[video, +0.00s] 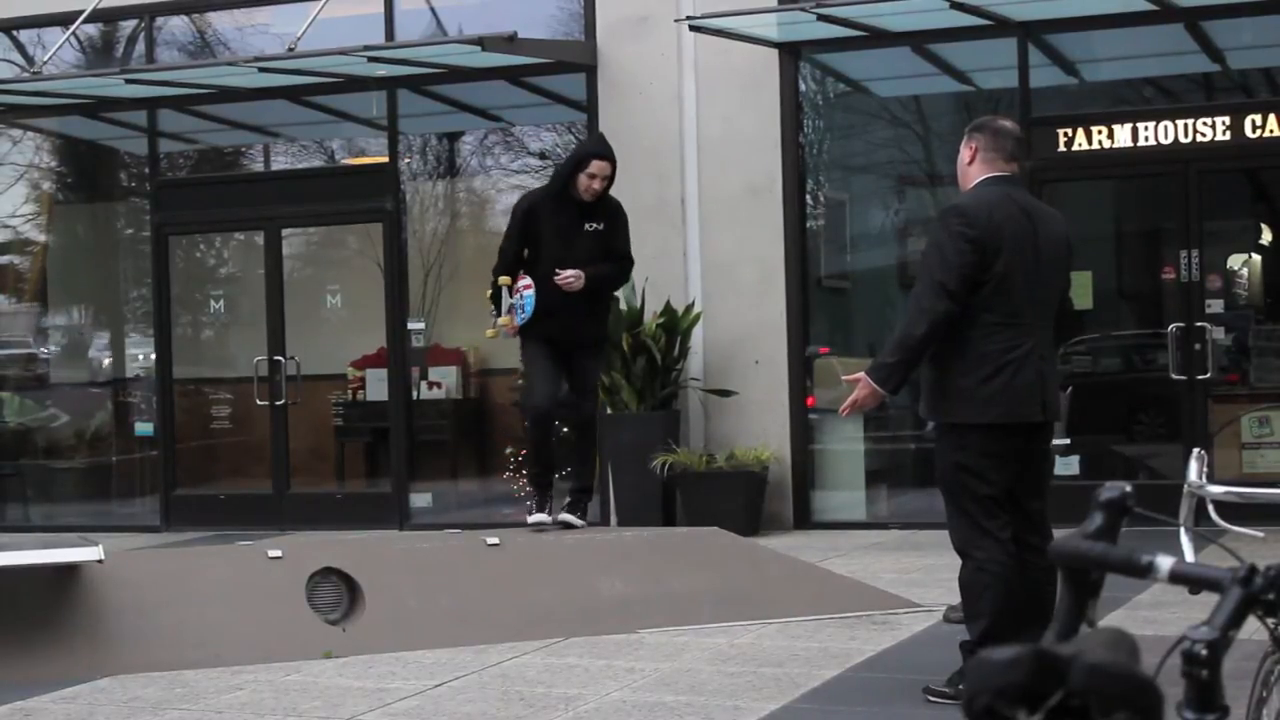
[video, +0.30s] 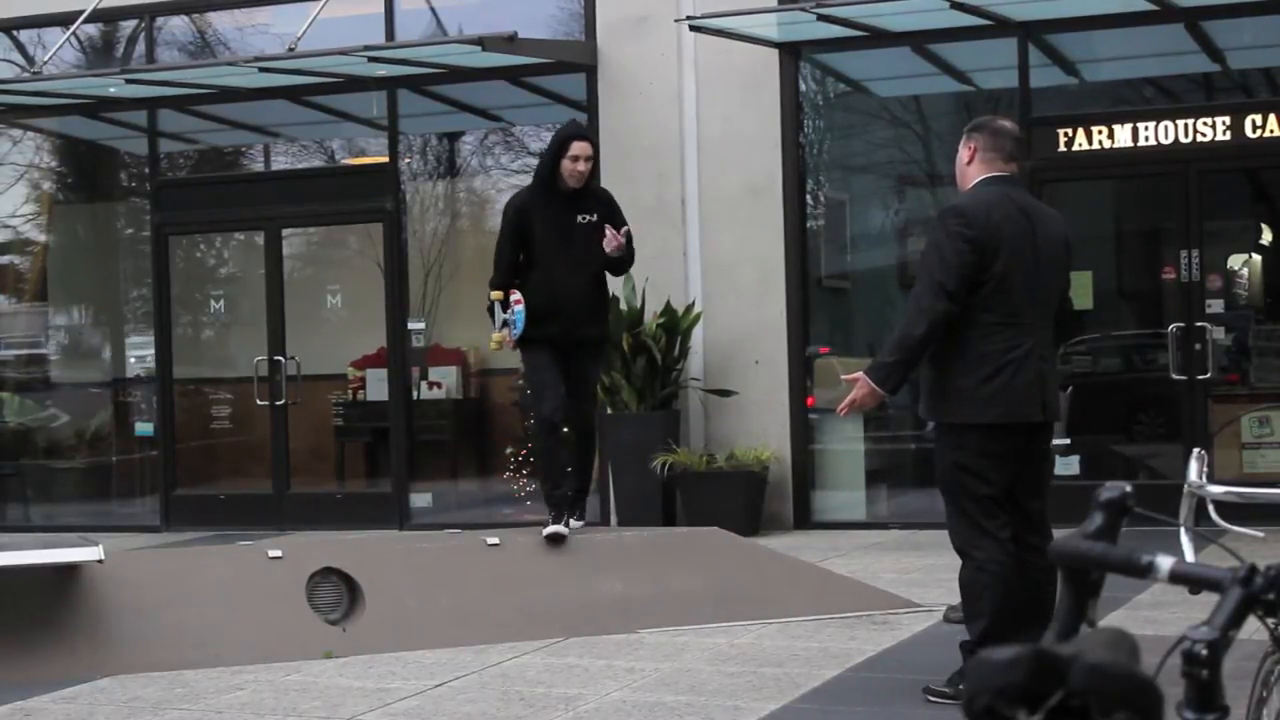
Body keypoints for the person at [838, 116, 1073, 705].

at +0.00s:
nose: (956, 165)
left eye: (958, 155)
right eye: (959, 156)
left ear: (971, 153)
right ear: (1019, 161)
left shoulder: (965, 217)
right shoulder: (1048, 221)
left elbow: (931, 308)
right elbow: (1065, 317)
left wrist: (882, 376)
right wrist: (1023, 350)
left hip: (973, 408)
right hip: (1032, 407)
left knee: (981, 538)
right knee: (1027, 532)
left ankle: (986, 674)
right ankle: (1028, 667)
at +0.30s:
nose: (954, 166)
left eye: (957, 156)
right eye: (957, 157)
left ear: (970, 153)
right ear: (1018, 162)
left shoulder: (964, 216)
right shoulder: (1048, 221)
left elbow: (930, 309)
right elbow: (1064, 316)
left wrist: (881, 376)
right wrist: (1023, 351)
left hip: (972, 408)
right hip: (1032, 407)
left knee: (980, 538)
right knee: (1027, 532)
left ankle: (986, 674)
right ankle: (1027, 667)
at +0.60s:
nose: (955, 164)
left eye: (957, 154)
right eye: (957, 155)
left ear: (971, 152)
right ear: (1018, 159)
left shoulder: (967, 217)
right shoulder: (1048, 221)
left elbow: (932, 309)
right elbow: (1065, 317)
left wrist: (883, 377)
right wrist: (1024, 352)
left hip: (973, 409)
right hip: (1032, 408)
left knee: (981, 538)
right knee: (1028, 532)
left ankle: (987, 674)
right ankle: (1029, 666)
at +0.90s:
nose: (956, 164)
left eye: (959, 153)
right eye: (959, 155)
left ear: (973, 152)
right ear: (1019, 159)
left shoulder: (969, 218)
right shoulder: (1049, 221)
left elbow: (936, 311)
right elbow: (1064, 319)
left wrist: (888, 377)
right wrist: (1034, 365)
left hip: (976, 409)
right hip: (1034, 408)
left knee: (983, 539)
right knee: (1029, 532)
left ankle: (988, 674)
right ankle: (1028, 666)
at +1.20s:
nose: (949, 164)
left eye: (955, 152)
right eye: (952, 154)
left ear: (981, 150)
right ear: (1005, 154)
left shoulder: (971, 216)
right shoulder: (1049, 221)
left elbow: (939, 310)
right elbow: (1058, 318)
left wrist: (889, 377)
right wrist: (1033, 377)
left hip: (976, 408)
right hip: (1033, 407)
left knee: (983, 538)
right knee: (1029, 531)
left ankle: (988, 674)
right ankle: (1028, 665)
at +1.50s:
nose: (949, 169)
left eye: (951, 158)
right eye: (951, 159)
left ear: (971, 154)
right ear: (1007, 156)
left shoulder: (970, 217)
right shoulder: (1048, 221)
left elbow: (938, 311)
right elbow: (1060, 318)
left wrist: (889, 377)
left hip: (976, 408)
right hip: (1033, 407)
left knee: (983, 539)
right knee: (1029, 531)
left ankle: (987, 674)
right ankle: (1027, 665)